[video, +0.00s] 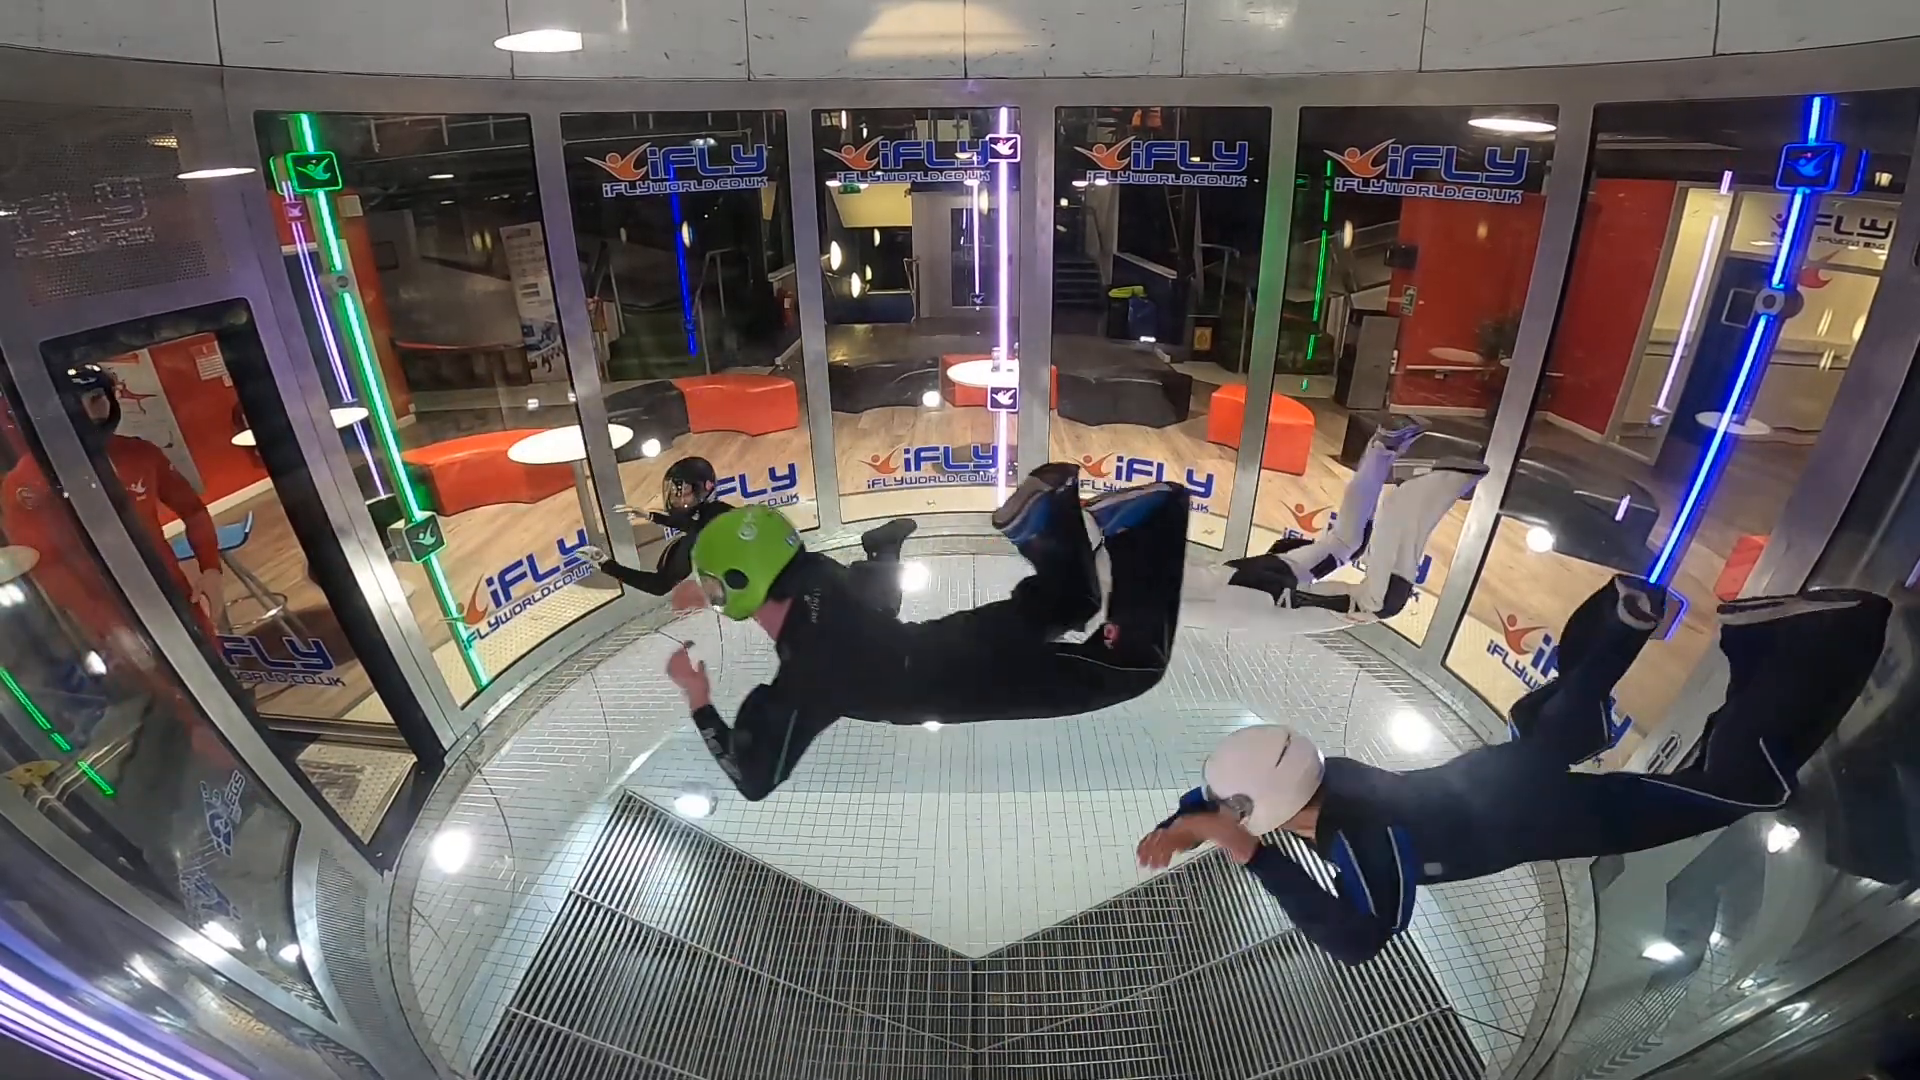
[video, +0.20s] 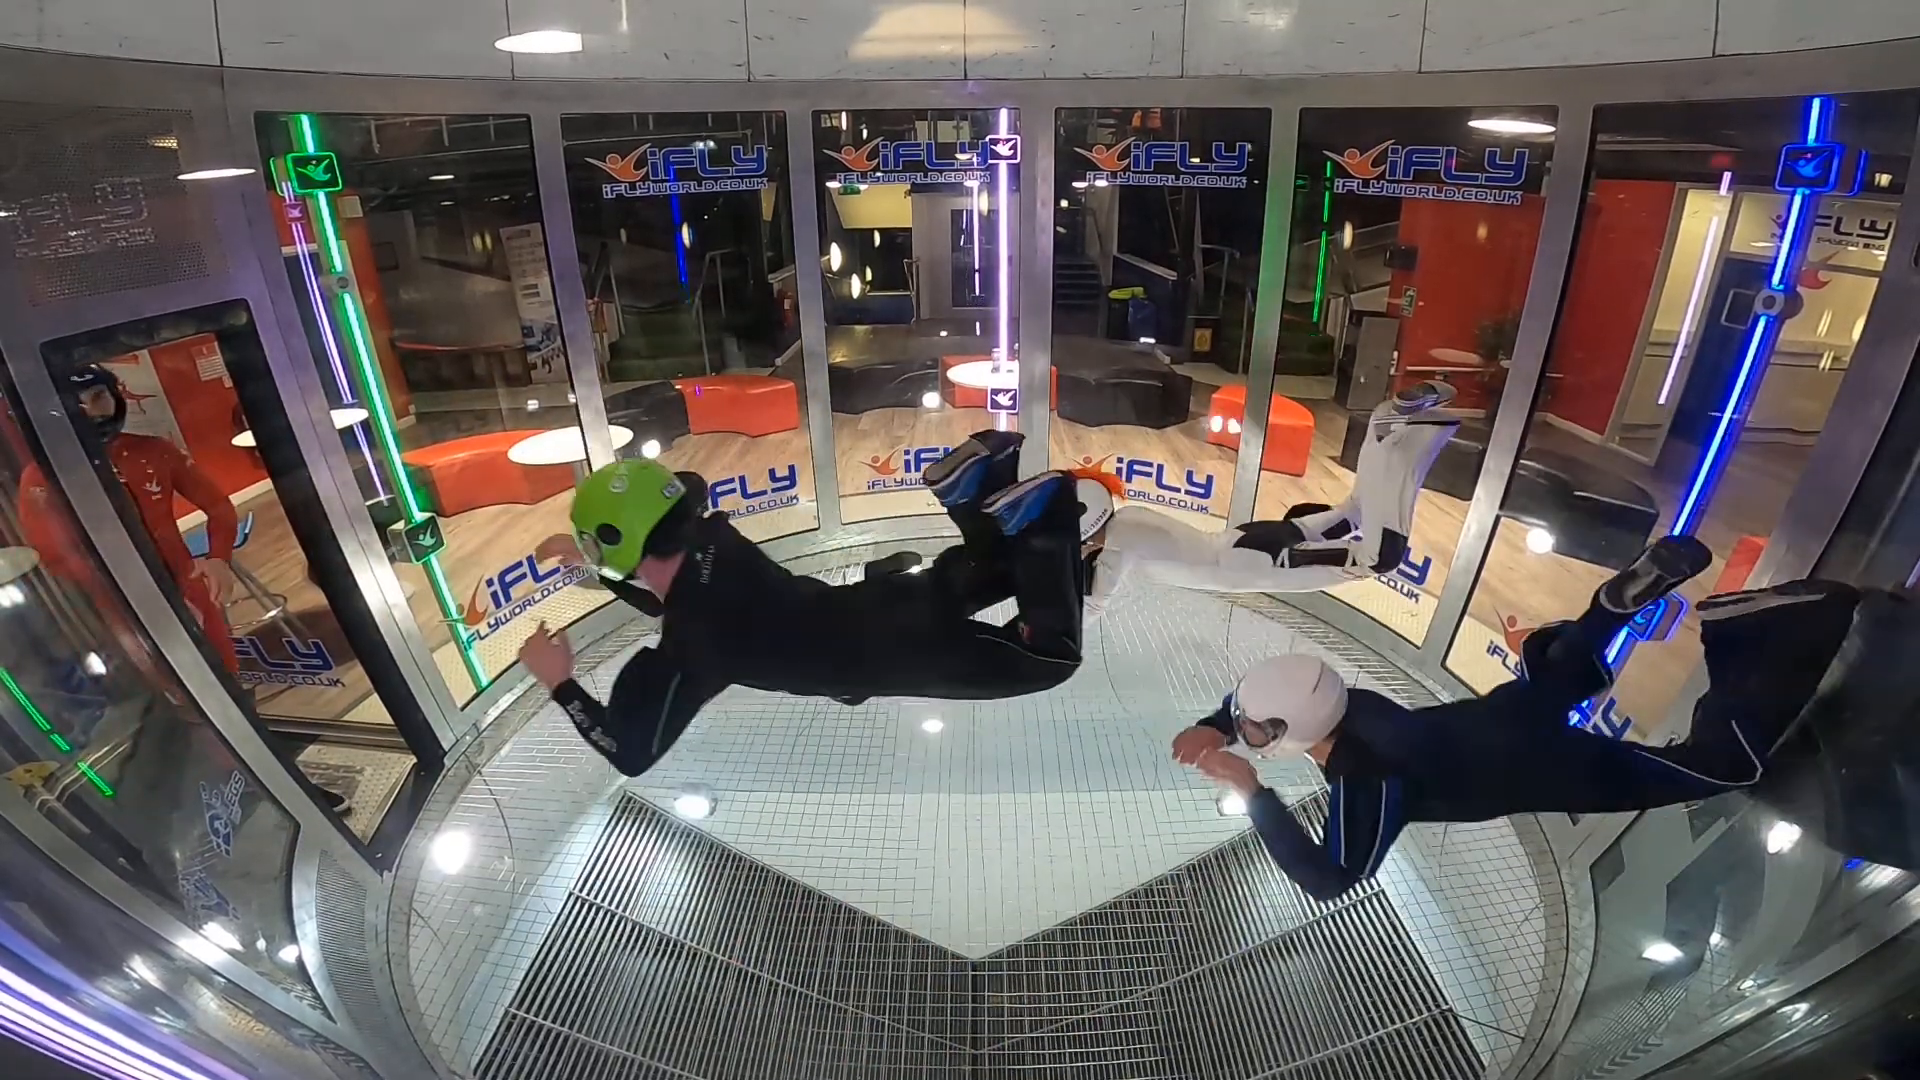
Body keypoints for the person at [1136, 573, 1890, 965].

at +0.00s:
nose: (1241, 825)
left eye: (1246, 809)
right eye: (1235, 804)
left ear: (1283, 807)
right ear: (1286, 776)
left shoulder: (1365, 834)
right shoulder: (1304, 775)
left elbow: (1359, 939)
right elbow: (1225, 785)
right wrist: (1184, 821)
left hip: (1543, 810)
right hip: (1490, 765)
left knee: (1700, 799)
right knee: (1559, 714)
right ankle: (1629, 608)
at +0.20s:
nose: (1252, 739)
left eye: (1257, 730)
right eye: (1250, 723)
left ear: (1293, 736)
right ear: (1318, 688)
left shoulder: (1367, 771)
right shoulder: (1356, 708)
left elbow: (1329, 878)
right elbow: (1260, 700)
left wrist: (1246, 786)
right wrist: (1223, 739)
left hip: (1583, 761)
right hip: (1543, 714)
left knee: (1734, 754)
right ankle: (1637, 594)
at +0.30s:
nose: (1278, 697)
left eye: (1278, 689)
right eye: (1277, 676)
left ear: (1292, 700)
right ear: (1317, 658)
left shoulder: (1355, 750)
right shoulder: (1342, 669)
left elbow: (1279, 835)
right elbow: (1263, 649)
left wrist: (1249, 746)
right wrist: (1211, 700)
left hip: (1532, 730)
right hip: (1519, 682)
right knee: (1566, 620)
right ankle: (1651, 547)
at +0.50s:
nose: (1227, 656)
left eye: (1235, 654)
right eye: (1228, 643)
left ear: (1257, 664)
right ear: (1269, 618)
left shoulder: (1305, 715)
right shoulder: (1293, 607)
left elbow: (1233, 787)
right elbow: (1235, 590)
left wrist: (1173, 709)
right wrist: (1181, 637)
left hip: (1489, 708)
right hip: (1472, 637)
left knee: (1607, 734)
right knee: (1557, 563)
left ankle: (1687, 641)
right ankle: (1658, 485)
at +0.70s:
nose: (1187, 656)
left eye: (1192, 651)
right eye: (1183, 648)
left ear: (1219, 654)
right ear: (1224, 609)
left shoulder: (1262, 698)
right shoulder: (1243, 600)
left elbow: (1186, 756)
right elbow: (1180, 581)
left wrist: (1121, 694)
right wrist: (1124, 625)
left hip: (1438, 675)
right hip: (1420, 611)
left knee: (1569, 689)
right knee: (1499, 555)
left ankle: (1636, 572)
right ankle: (1596, 473)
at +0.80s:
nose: (1167, 650)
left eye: (1170, 645)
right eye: (1163, 641)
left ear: (1192, 649)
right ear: (1191, 613)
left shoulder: (1236, 691)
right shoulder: (1225, 605)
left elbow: (1165, 749)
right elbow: (1158, 606)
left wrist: (1107, 684)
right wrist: (1095, 619)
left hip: (1405, 680)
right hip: (1387, 621)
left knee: (1549, 685)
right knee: (1457, 568)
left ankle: (1621, 581)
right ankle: (1534, 493)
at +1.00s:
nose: (1104, 651)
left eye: (1108, 643)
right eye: (1101, 642)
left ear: (1132, 643)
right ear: (1131, 626)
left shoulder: (1175, 674)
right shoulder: (1168, 620)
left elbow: (1100, 735)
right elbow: (1094, 626)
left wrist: (1053, 670)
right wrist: (1040, 634)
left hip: (1343, 682)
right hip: (1327, 638)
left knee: (1497, 663)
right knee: (1396, 592)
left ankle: (1603, 545)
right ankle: (1436, 498)